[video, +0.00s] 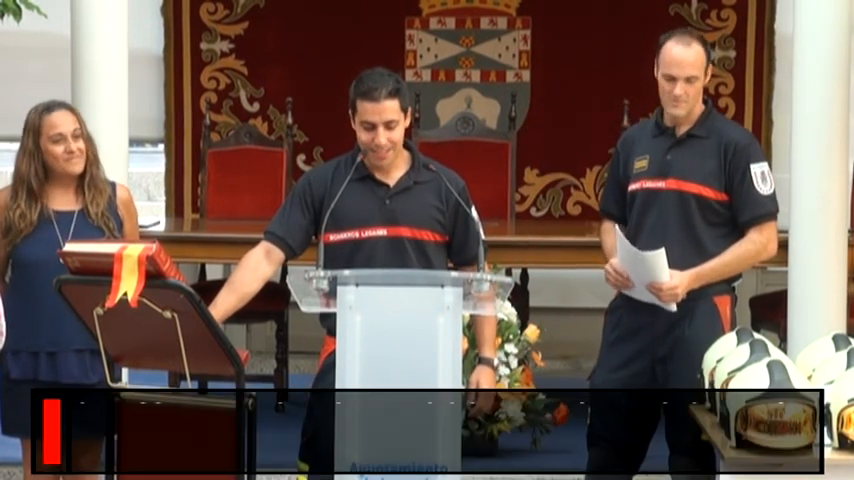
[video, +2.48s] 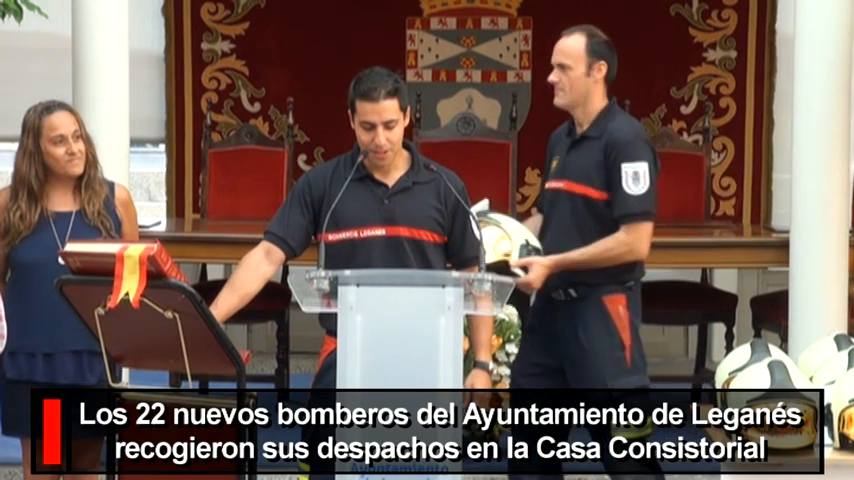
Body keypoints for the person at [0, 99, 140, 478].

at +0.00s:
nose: (73, 146)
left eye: (78, 135)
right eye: (59, 139)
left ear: (87, 140)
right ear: (37, 149)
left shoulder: (116, 198)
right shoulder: (10, 203)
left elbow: (134, 276)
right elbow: (1, 280)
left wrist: (129, 346)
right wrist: (2, 343)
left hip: (93, 359)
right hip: (29, 358)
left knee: (88, 464)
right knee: (41, 467)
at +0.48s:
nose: (72, 147)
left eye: (78, 136)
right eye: (58, 140)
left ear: (86, 140)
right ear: (37, 149)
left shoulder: (116, 199)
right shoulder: (10, 203)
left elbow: (134, 277)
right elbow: (1, 280)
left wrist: (128, 346)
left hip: (93, 360)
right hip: (28, 360)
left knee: (89, 466)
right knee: (41, 468)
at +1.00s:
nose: (72, 149)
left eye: (77, 137)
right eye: (58, 141)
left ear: (85, 140)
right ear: (35, 150)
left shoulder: (115, 199)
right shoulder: (10, 203)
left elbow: (132, 277)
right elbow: (2, 278)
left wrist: (127, 347)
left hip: (91, 359)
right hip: (26, 359)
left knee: (88, 466)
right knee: (40, 467)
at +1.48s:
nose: (72, 148)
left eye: (77, 137)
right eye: (58, 141)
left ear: (85, 140)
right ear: (35, 150)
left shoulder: (114, 199)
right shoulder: (10, 203)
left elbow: (131, 279)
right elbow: (2, 279)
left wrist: (126, 348)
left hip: (91, 360)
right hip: (26, 360)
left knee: (87, 466)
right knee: (40, 468)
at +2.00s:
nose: (73, 148)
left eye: (77, 136)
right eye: (58, 141)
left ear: (85, 139)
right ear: (35, 150)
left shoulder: (115, 200)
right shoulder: (10, 204)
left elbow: (132, 280)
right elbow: (1, 282)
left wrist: (126, 350)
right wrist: (3, 345)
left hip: (92, 362)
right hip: (27, 362)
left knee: (87, 467)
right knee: (40, 468)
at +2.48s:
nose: (74, 148)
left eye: (78, 136)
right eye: (59, 141)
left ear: (86, 139)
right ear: (36, 150)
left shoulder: (116, 200)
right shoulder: (11, 204)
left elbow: (133, 280)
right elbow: (2, 280)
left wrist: (127, 350)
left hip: (93, 362)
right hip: (28, 362)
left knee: (86, 467)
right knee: (41, 469)